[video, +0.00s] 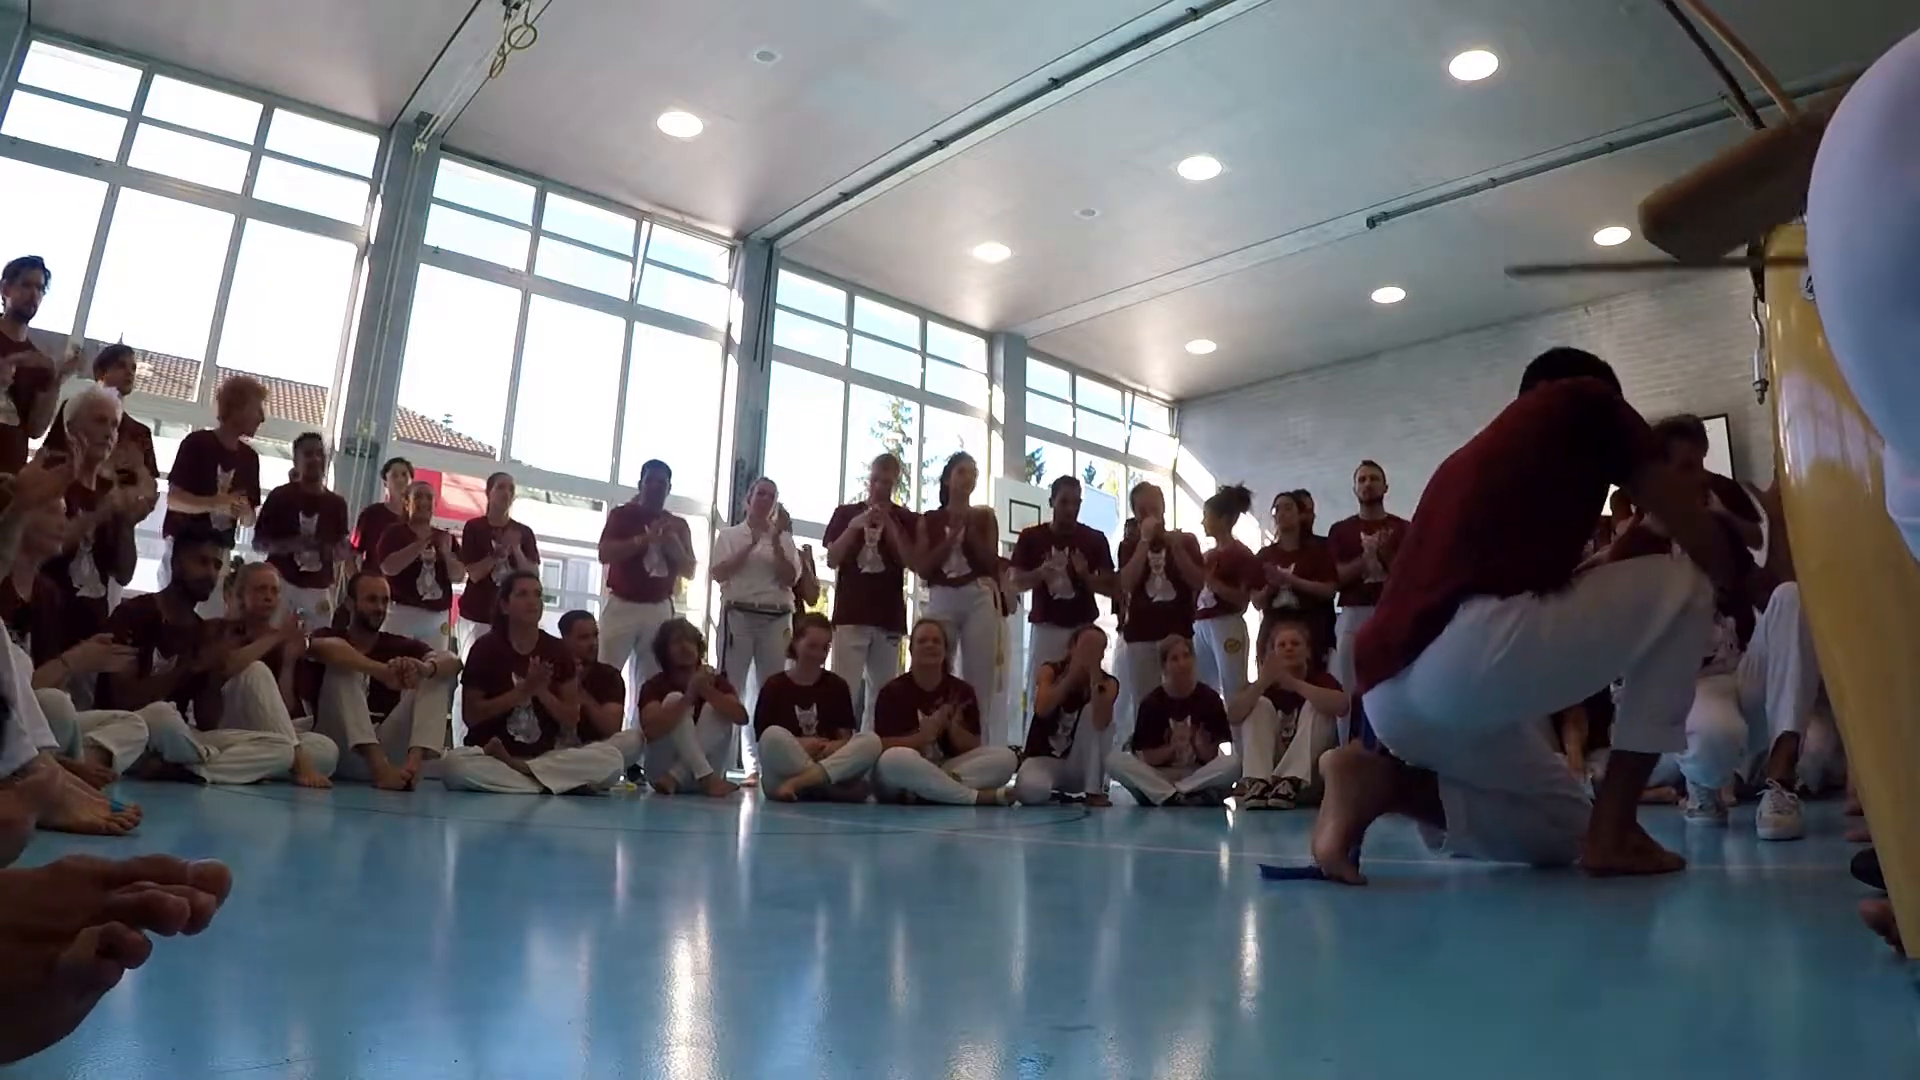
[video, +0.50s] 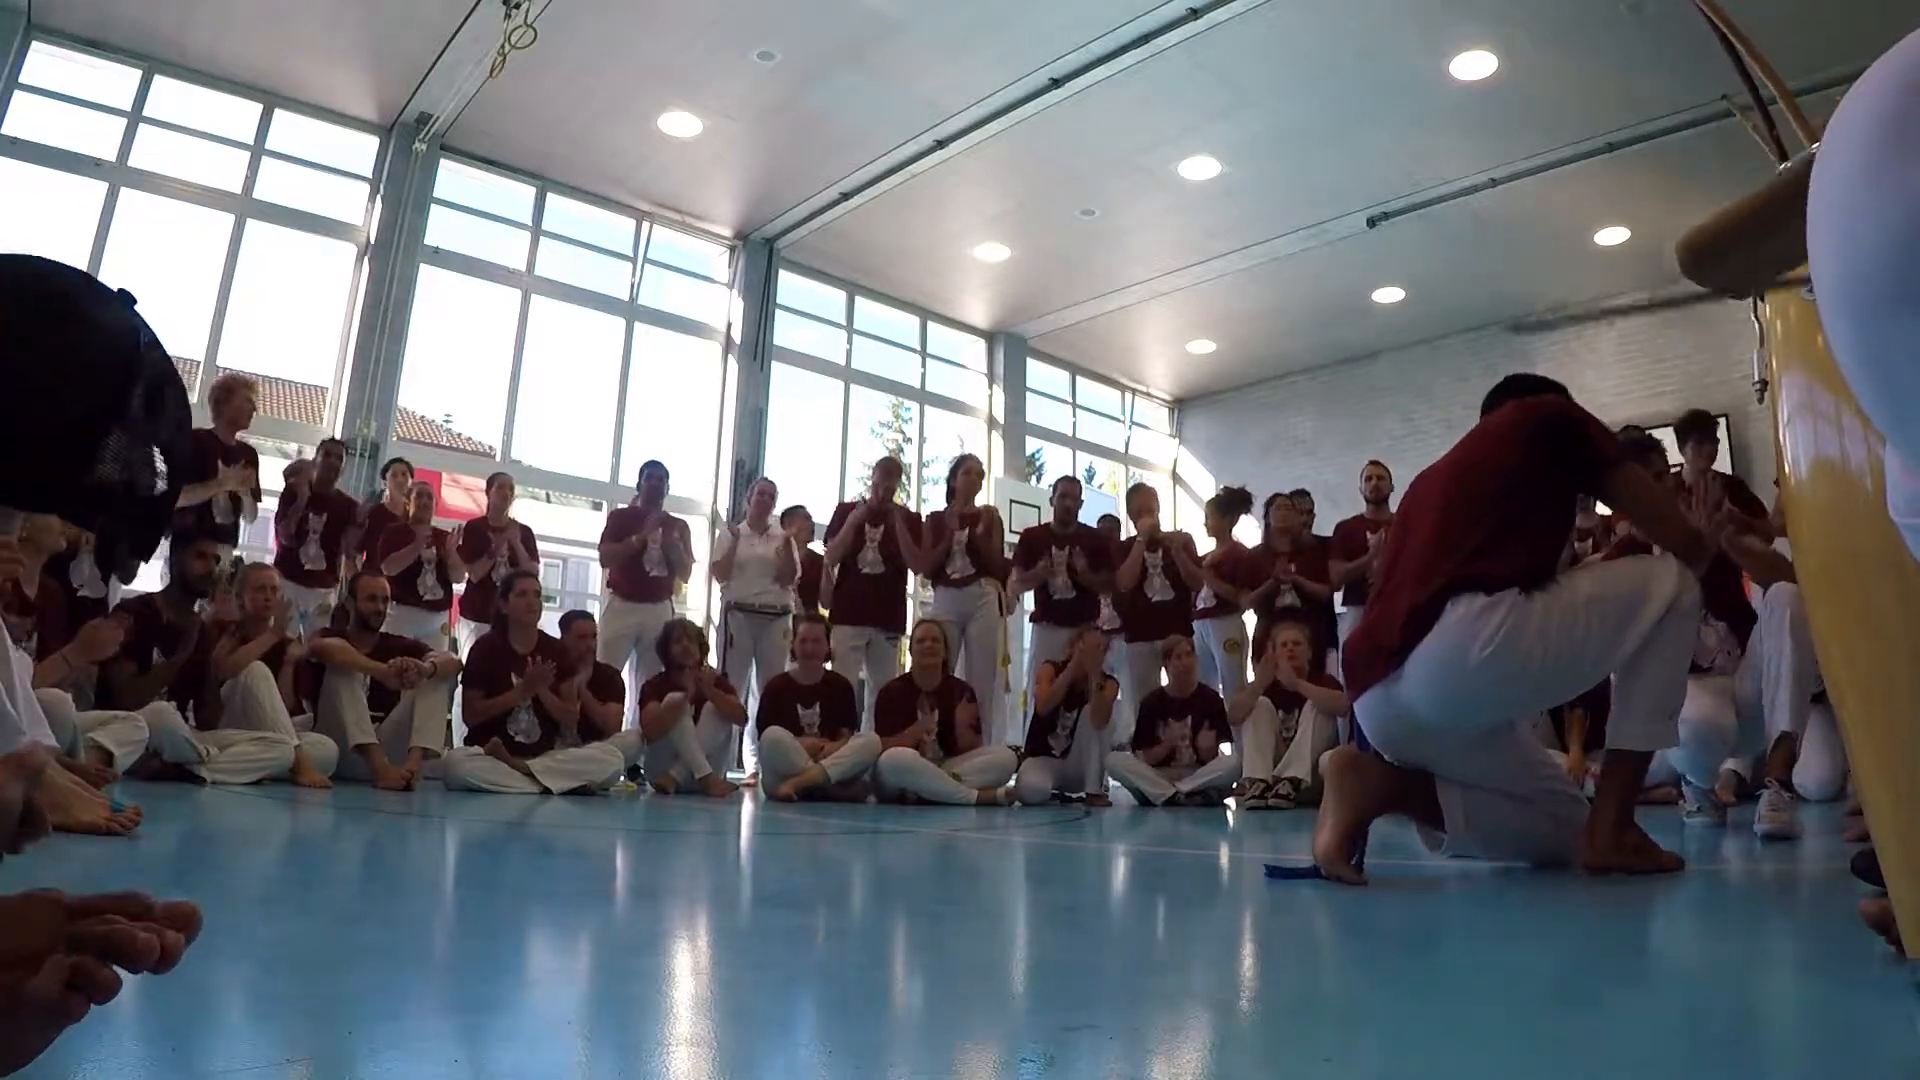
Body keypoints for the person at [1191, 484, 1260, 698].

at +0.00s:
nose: (1202, 520)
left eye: (1206, 515)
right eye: (1203, 515)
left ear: (1225, 519)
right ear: (1218, 519)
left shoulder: (1242, 553)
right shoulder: (1208, 556)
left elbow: (1242, 599)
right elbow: (1199, 589)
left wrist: (1212, 581)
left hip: (1227, 622)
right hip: (1201, 624)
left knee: (1234, 691)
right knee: (1205, 691)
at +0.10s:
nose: (1202, 520)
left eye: (1206, 515)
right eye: (1203, 515)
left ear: (1225, 519)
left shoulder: (1242, 554)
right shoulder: (1207, 557)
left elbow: (1241, 599)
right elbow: (1201, 589)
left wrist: (1210, 580)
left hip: (1227, 623)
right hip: (1201, 624)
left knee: (1234, 693)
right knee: (1205, 692)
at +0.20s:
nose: (1202, 520)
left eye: (1207, 515)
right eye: (1203, 515)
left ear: (1226, 519)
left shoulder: (1241, 554)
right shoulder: (1207, 557)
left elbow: (1240, 598)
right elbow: (1197, 587)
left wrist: (1208, 578)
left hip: (1227, 622)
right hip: (1201, 624)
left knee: (1233, 692)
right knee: (1205, 692)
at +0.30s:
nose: (1203, 521)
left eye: (1208, 515)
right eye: (1204, 515)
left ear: (1228, 519)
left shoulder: (1242, 554)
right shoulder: (1207, 558)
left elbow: (1242, 598)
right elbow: (1196, 586)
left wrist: (1209, 579)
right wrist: (1179, 553)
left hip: (1227, 622)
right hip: (1201, 623)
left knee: (1233, 690)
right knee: (1205, 690)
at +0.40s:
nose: (1204, 521)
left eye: (1209, 516)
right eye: (1205, 516)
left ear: (1229, 519)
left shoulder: (1241, 553)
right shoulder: (1207, 557)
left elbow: (1242, 597)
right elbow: (1197, 586)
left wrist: (1210, 579)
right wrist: (1179, 554)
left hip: (1227, 622)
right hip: (1201, 623)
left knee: (1233, 691)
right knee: (1205, 690)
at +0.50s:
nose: (1205, 522)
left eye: (1210, 516)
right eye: (1205, 516)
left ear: (1230, 519)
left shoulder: (1241, 554)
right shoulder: (1206, 558)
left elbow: (1242, 596)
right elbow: (1196, 586)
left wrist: (1210, 578)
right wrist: (1180, 554)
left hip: (1227, 622)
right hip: (1201, 624)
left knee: (1233, 692)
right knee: (1205, 691)